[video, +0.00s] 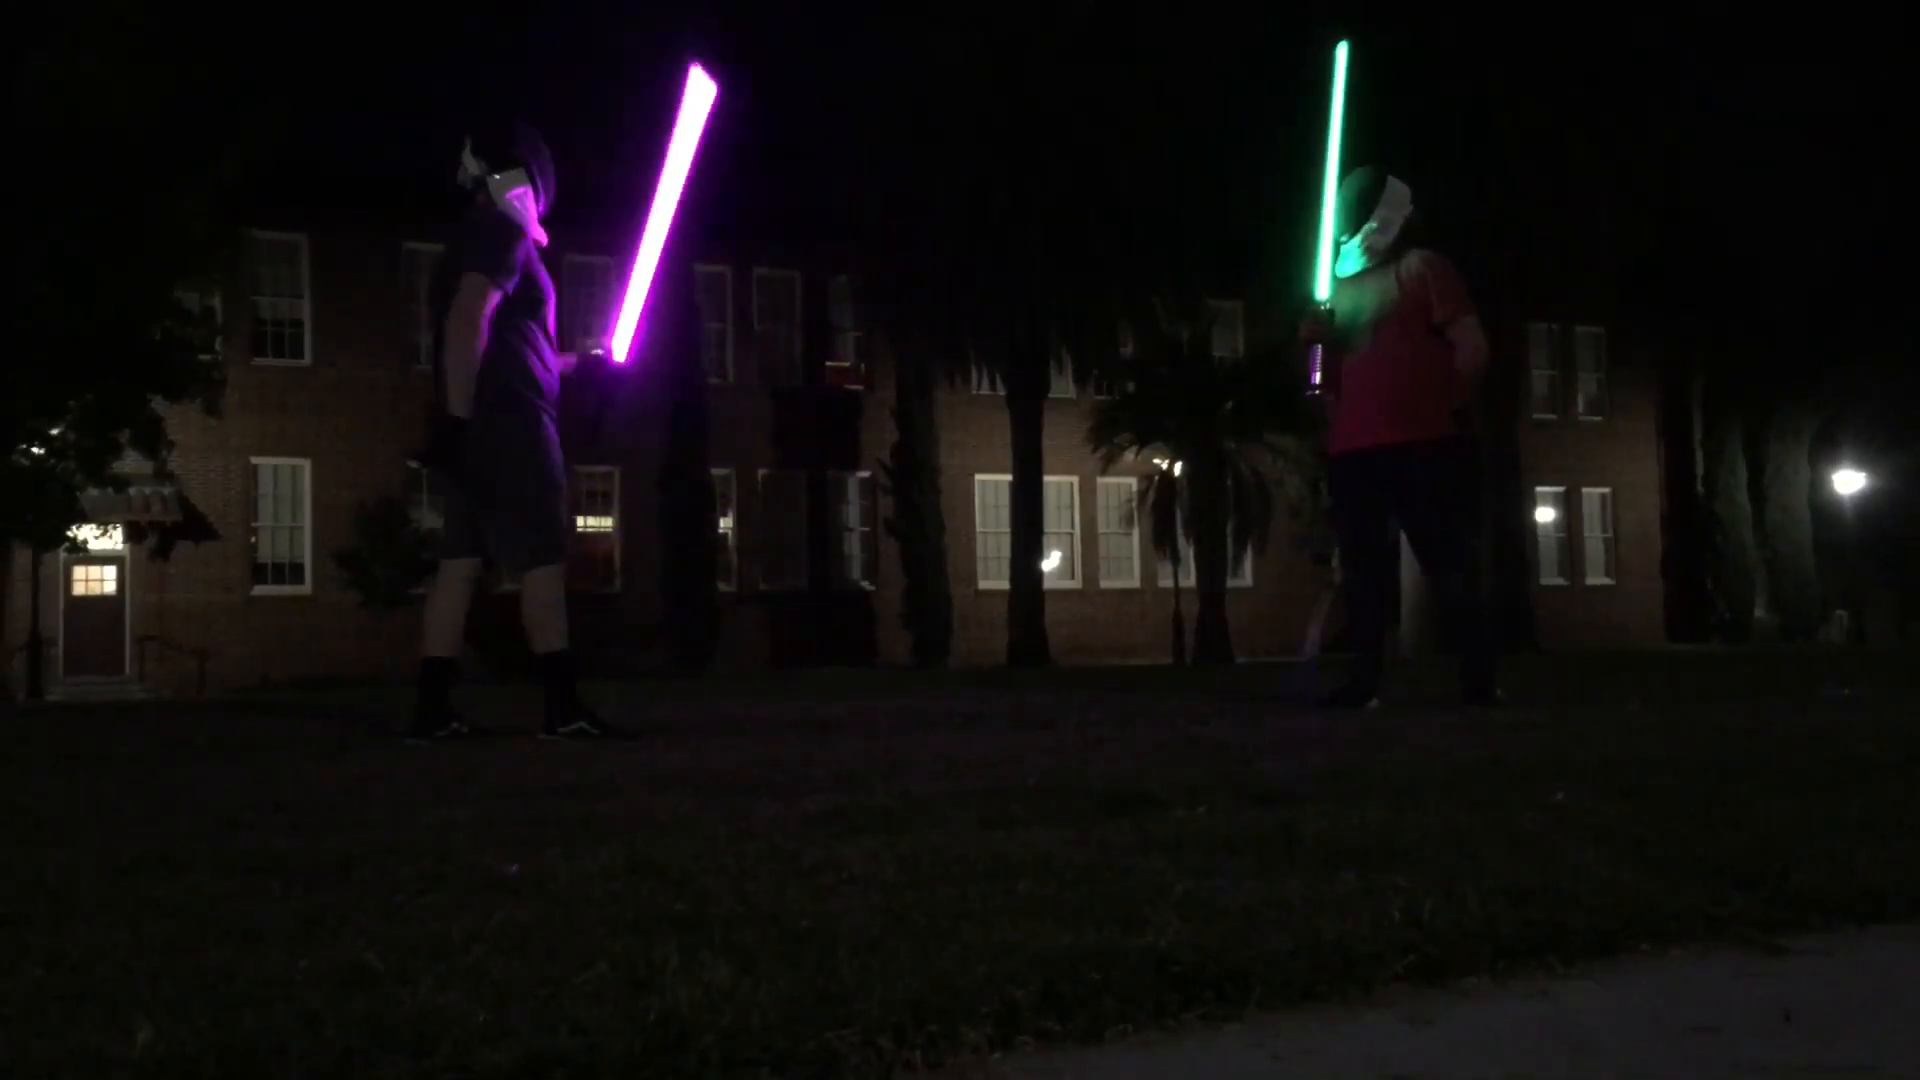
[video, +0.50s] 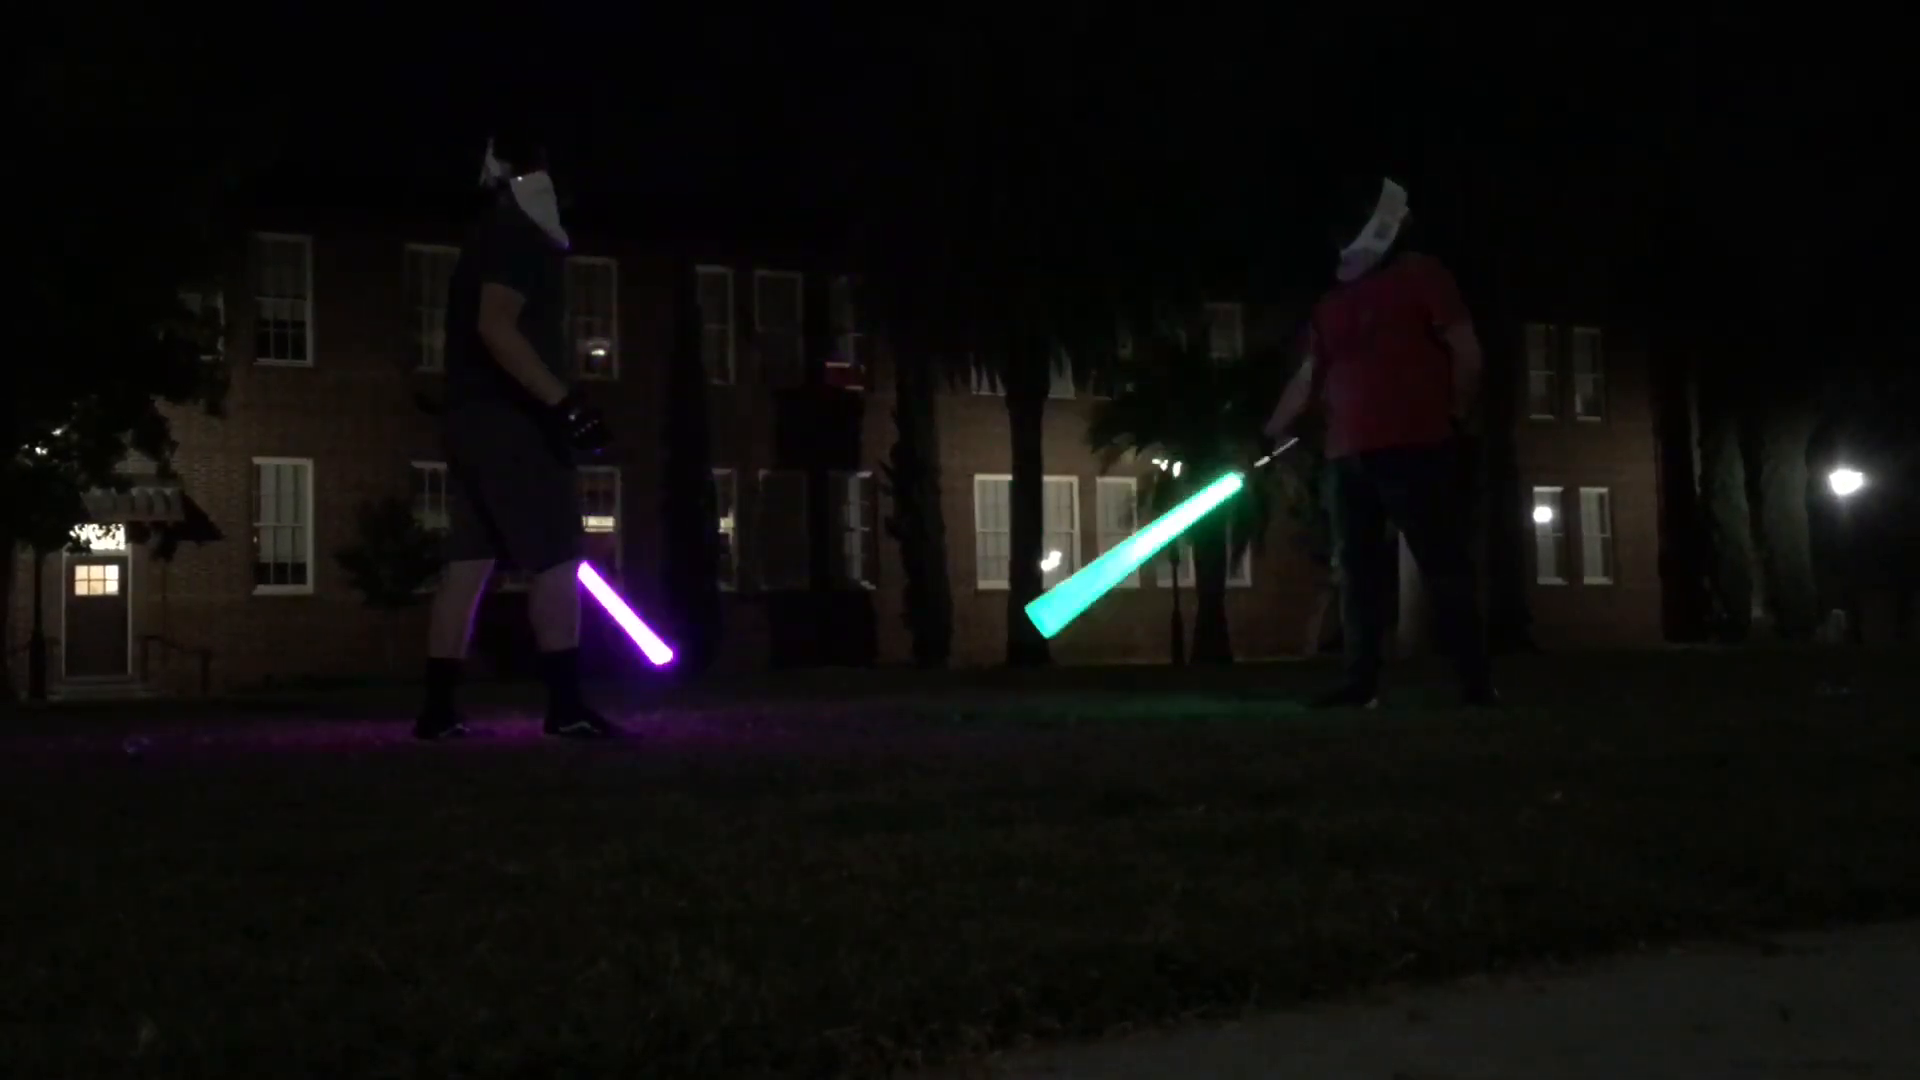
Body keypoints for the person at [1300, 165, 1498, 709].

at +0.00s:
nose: (1365, 233)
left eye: (1373, 221)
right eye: (1358, 222)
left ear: (1393, 220)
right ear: (1353, 223)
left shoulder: (1421, 271)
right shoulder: (1341, 284)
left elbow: (1470, 345)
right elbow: (1330, 372)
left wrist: (1439, 399)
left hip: (1422, 446)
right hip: (1356, 452)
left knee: (1449, 570)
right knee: (1364, 574)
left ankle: (1473, 678)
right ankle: (1360, 680)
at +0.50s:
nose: (1353, 240)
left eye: (1363, 228)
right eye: (1351, 229)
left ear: (1384, 228)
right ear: (1351, 233)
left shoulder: (1419, 276)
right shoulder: (1337, 300)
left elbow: (1466, 352)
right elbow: (1308, 377)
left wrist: (1456, 411)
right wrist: (1273, 430)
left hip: (1421, 448)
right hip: (1353, 457)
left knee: (1444, 568)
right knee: (1361, 572)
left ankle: (1470, 678)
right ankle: (1359, 679)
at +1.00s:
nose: (1380, 235)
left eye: (1391, 222)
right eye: (1376, 223)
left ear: (1412, 224)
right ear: (1370, 227)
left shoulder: (1436, 279)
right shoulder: (1368, 291)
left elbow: (1459, 357)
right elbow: (1357, 367)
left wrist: (1406, 404)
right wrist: (1323, 410)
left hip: (1436, 452)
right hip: (1378, 452)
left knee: (1449, 568)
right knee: (1367, 567)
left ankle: (1470, 678)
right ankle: (1361, 680)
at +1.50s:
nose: (1369, 253)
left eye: (1379, 240)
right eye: (1363, 243)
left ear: (1404, 237)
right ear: (1360, 245)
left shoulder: (1434, 289)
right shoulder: (1356, 309)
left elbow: (1414, 365)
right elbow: (1339, 375)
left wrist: (1340, 393)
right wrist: (1298, 370)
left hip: (1432, 461)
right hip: (1371, 464)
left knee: (1446, 576)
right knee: (1338, 566)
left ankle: (1474, 684)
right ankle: (1321, 680)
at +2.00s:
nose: (1449, 282)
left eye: (1460, 271)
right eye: (1450, 273)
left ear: (1485, 274)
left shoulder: (1502, 310)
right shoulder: (1441, 330)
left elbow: (1431, 331)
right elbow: (1406, 398)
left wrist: (1367, 343)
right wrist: (1338, 392)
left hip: (1495, 482)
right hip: (1436, 485)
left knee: (1548, 598)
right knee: (1373, 584)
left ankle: (1640, 688)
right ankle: (1317, 690)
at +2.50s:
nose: (1624, 228)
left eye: (1635, 217)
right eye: (1620, 218)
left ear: (1651, 227)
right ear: (1605, 226)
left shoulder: (1666, 269)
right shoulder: (1577, 282)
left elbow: (1628, 209)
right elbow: (1519, 240)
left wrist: (1575, 160)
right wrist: (1524, 172)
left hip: (1673, 438)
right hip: (1604, 443)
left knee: (1747, 549)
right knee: (1578, 563)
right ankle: (1571, 680)